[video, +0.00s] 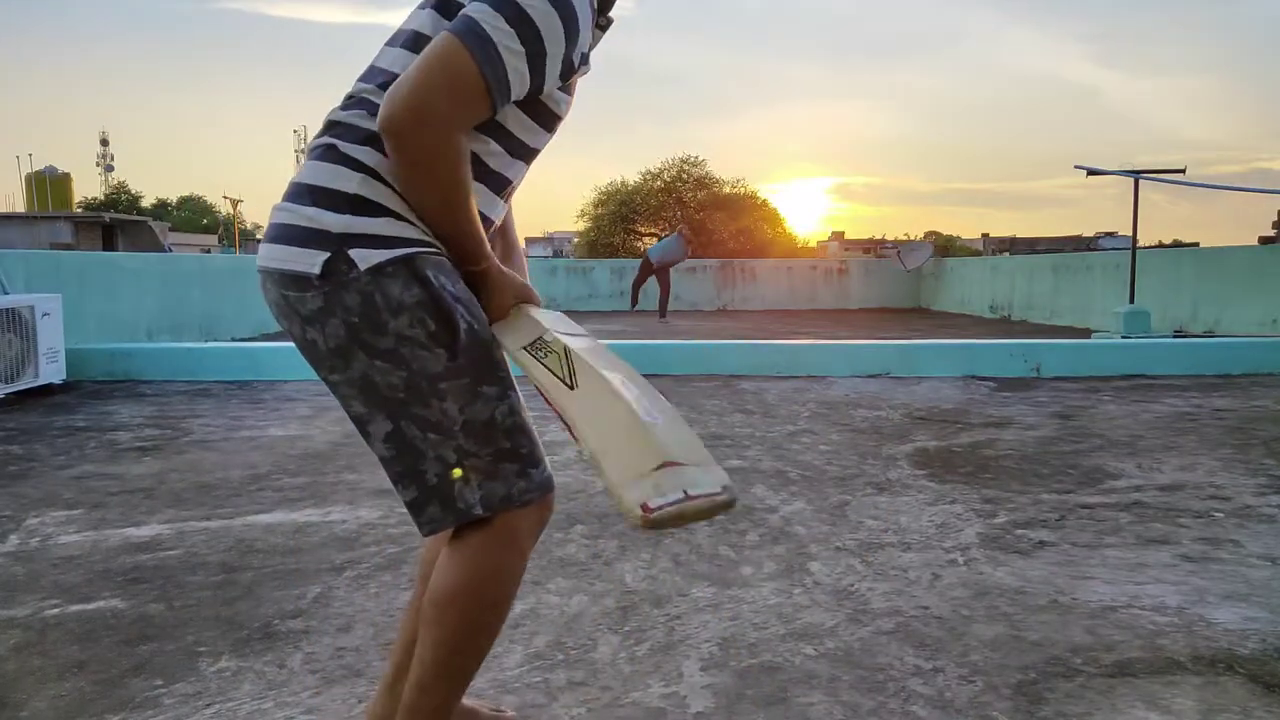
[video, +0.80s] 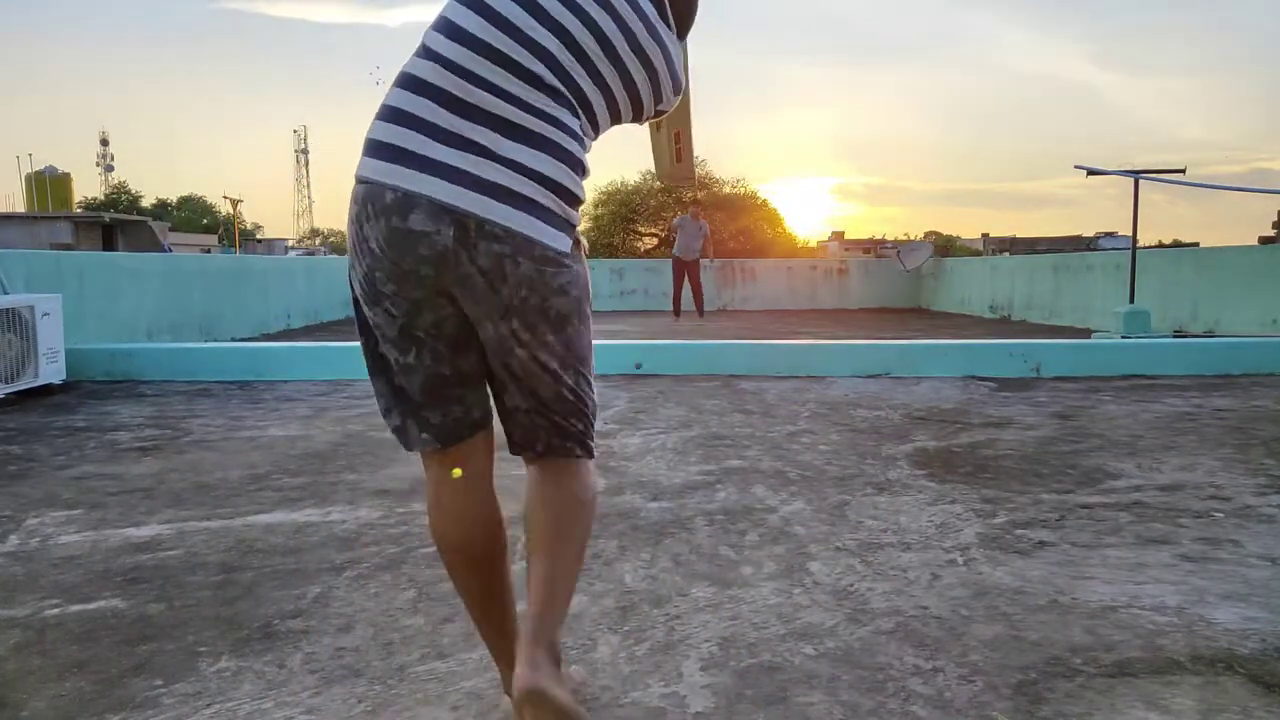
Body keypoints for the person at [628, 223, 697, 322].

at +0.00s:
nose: (691, 239)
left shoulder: (686, 254)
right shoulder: (680, 238)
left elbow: (671, 262)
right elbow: (681, 230)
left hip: (662, 265)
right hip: (651, 259)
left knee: (665, 289)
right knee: (638, 282)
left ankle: (662, 317)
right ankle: (633, 305)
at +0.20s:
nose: (689, 245)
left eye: (692, 242)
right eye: (688, 241)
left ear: (694, 245)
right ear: (685, 241)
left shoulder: (688, 254)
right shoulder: (676, 250)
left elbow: (672, 264)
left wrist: (660, 272)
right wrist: (680, 282)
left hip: (667, 266)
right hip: (653, 259)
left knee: (667, 290)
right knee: (639, 280)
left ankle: (662, 316)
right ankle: (630, 300)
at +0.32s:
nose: (693, 242)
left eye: (695, 240)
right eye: (691, 239)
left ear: (696, 242)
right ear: (686, 238)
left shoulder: (691, 251)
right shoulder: (677, 246)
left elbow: (676, 260)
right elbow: (672, 260)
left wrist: (667, 272)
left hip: (669, 266)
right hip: (655, 264)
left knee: (668, 293)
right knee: (648, 285)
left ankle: (663, 316)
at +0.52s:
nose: (690, 225)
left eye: (693, 223)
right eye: (689, 222)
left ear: (696, 225)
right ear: (685, 223)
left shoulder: (695, 240)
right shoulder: (677, 234)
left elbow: (689, 256)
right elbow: (674, 253)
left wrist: (682, 268)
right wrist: (676, 268)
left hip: (678, 263)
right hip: (666, 260)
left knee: (678, 286)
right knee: (668, 286)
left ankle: (665, 311)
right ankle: (675, 311)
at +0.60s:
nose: (691, 219)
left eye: (694, 216)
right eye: (689, 215)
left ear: (696, 218)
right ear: (684, 216)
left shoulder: (697, 233)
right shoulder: (676, 229)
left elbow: (695, 250)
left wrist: (690, 263)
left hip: (683, 261)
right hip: (669, 259)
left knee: (684, 286)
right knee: (671, 287)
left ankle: (671, 310)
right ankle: (675, 313)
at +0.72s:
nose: (692, 211)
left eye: (695, 208)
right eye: (690, 208)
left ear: (698, 211)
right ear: (686, 210)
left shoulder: (700, 225)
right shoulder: (680, 222)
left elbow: (702, 241)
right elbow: (670, 233)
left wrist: (702, 256)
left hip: (689, 258)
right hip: (675, 257)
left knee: (691, 285)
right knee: (675, 287)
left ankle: (685, 312)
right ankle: (675, 314)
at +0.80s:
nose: (695, 210)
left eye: (698, 208)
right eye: (693, 207)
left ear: (701, 210)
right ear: (689, 209)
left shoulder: (703, 224)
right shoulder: (682, 220)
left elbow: (708, 240)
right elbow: (671, 228)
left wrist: (710, 254)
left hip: (693, 258)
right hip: (679, 256)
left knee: (696, 286)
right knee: (677, 287)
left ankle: (701, 313)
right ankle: (676, 314)